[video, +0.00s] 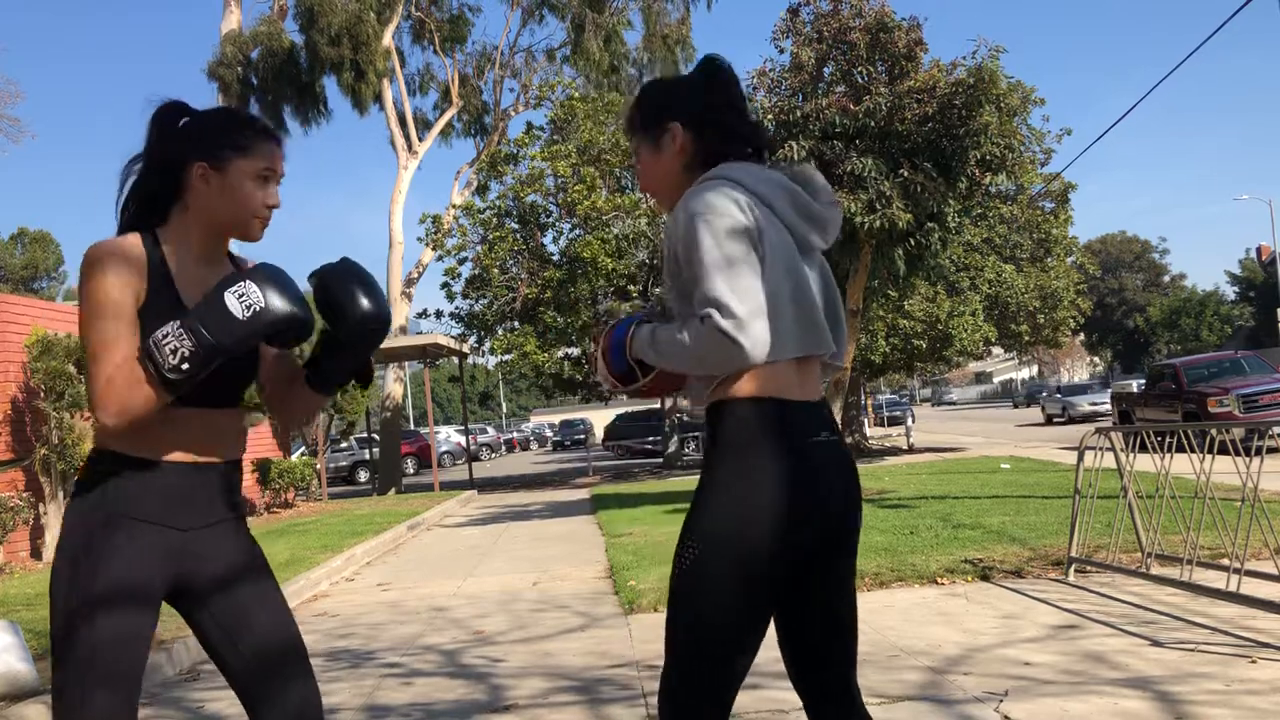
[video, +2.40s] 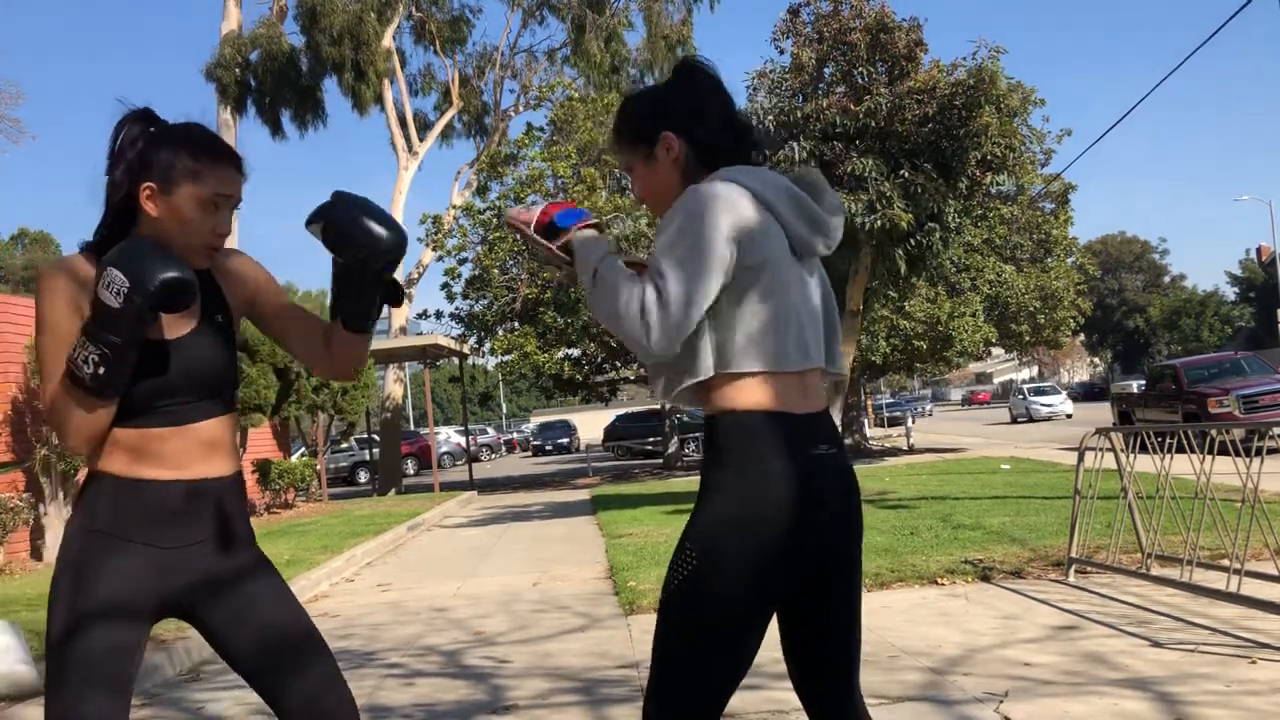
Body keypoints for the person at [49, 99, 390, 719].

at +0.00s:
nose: (276, 200)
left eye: (277, 183)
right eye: (265, 179)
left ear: (211, 179)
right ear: (204, 176)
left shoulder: (248, 284)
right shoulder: (118, 261)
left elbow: (288, 413)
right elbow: (114, 412)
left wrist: (337, 359)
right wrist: (208, 333)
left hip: (218, 521)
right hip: (119, 519)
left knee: (296, 706)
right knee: (94, 710)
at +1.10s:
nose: (208, 231)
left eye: (213, 216)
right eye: (197, 211)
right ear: (135, 201)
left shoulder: (187, 300)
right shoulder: (41, 270)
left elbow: (226, 425)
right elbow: (43, 413)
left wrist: (277, 345)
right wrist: (116, 316)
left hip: (172, 540)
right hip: (66, 540)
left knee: (280, 708)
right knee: (49, 710)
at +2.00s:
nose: (204, 227)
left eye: (206, 211)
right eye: (190, 207)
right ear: (127, 205)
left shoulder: (193, 297)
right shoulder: (41, 277)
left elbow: (252, 425)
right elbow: (49, 422)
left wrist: (276, 340)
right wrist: (108, 317)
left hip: (190, 541)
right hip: (82, 546)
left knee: (323, 697)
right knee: (70, 709)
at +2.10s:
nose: (211, 204)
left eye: (212, 188)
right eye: (195, 186)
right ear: (131, 188)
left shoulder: (220, 267)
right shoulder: (62, 271)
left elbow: (342, 322)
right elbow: (48, 421)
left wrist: (351, 255)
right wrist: (90, 312)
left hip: (208, 529)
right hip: (99, 533)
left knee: (313, 706)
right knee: (79, 711)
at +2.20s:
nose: (226, 209)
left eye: (230, 192)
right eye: (211, 191)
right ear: (145, 190)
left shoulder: (246, 250)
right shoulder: (82, 275)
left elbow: (379, 229)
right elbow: (87, 426)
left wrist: (460, 165)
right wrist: (110, 318)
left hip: (221, 533)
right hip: (113, 531)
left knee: (314, 703)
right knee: (82, 707)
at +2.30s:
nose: (231, 217)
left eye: (236, 201)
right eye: (217, 199)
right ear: (152, 194)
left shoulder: (246, 254)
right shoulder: (83, 277)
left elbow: (378, 253)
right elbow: (93, 429)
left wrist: (434, 186)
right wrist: (120, 323)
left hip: (225, 535)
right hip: (116, 533)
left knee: (326, 707)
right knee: (80, 711)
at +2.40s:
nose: (229, 225)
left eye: (234, 208)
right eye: (216, 206)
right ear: (151, 199)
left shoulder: (232, 273)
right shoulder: (74, 279)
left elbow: (339, 360)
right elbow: (76, 436)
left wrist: (360, 274)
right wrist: (112, 327)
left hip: (224, 536)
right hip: (115, 537)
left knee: (330, 707)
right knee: (83, 711)